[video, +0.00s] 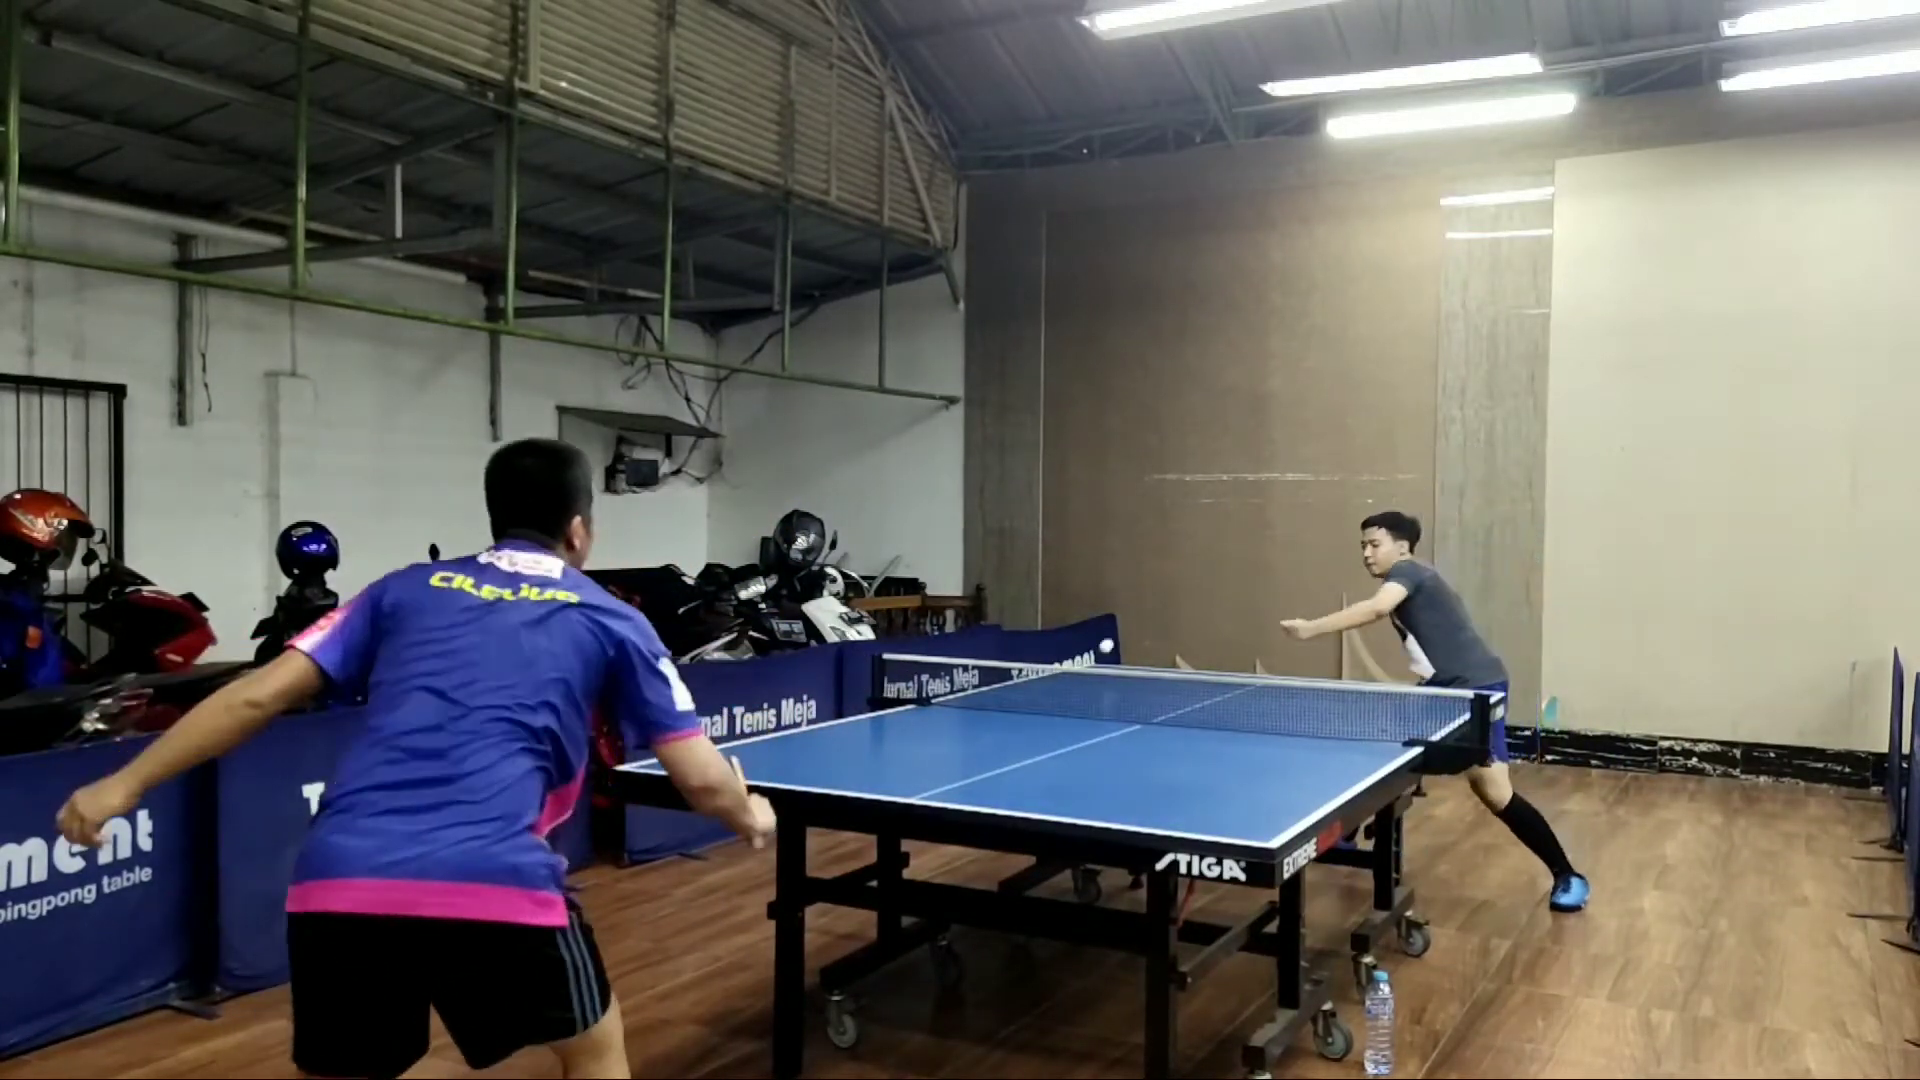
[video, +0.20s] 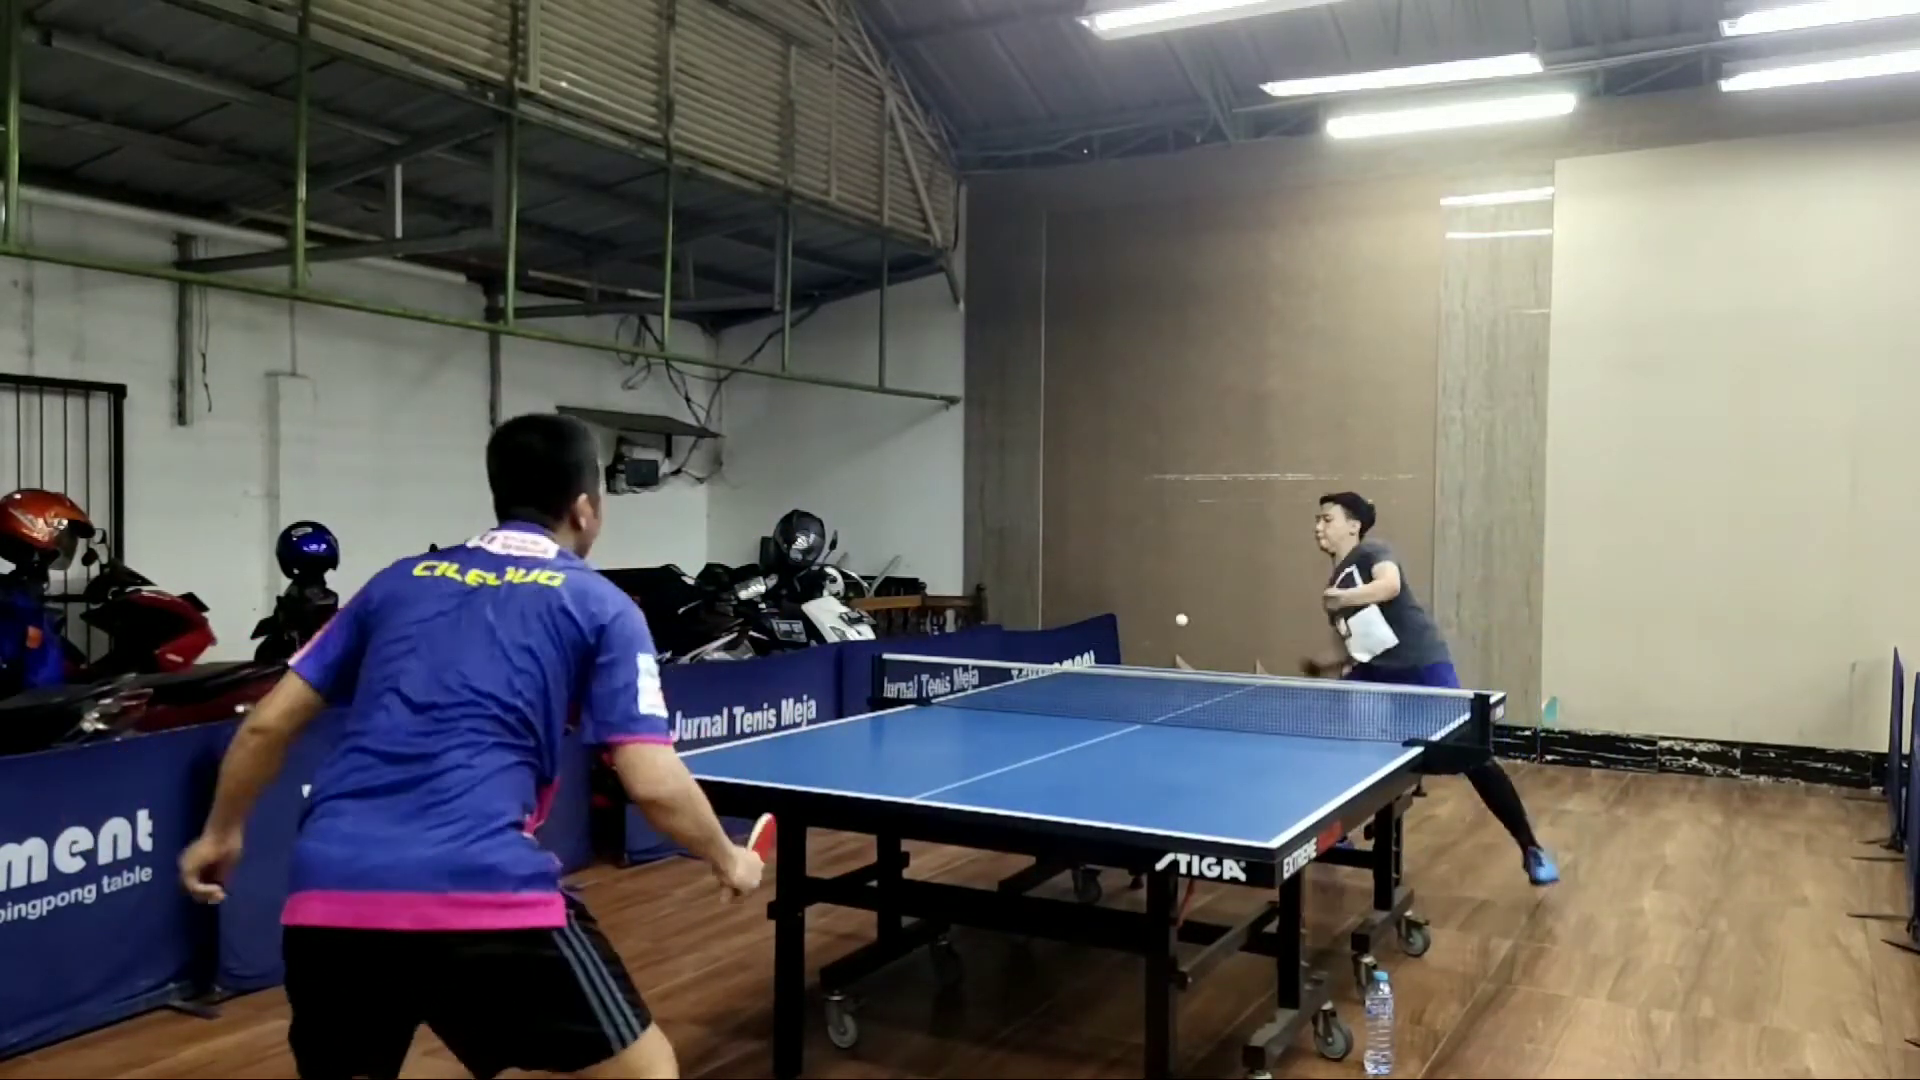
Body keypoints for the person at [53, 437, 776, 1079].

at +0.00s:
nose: (594, 535)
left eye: (585, 521)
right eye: (593, 523)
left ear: (490, 523)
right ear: (579, 531)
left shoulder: (403, 589)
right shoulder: (611, 622)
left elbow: (264, 692)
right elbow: (706, 782)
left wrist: (122, 785)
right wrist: (744, 808)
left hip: (338, 894)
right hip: (493, 899)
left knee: (346, 1068)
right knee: (592, 1050)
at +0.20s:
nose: (602, 509)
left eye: (602, 493)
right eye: (600, 494)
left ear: (496, 500)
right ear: (582, 506)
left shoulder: (397, 580)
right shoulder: (599, 605)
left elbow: (269, 722)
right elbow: (652, 779)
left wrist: (221, 830)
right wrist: (727, 856)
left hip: (328, 908)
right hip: (484, 905)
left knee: (338, 1069)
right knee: (642, 1063)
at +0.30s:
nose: (640, 510)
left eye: (642, 491)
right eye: (641, 492)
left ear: (538, 491)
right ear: (621, 504)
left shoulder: (436, 568)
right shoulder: (636, 598)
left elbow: (317, 730)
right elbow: (676, 790)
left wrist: (304, 846)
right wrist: (741, 877)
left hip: (350, 903)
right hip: (507, 907)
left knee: (361, 1070)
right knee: (648, 1072)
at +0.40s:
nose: (688, 539)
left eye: (686, 521)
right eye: (688, 522)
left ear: (585, 520)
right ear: (671, 531)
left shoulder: (474, 598)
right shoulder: (676, 631)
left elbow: (372, 768)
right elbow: (704, 832)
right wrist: (775, 893)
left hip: (378, 953)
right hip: (536, 960)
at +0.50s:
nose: (751, 567)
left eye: (751, 548)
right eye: (753, 548)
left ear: (644, 534)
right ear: (730, 555)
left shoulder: (535, 603)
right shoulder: (680, 655)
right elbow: (637, 857)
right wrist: (789, 923)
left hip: (379, 965)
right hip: (523, 976)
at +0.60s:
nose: (771, 588)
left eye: (777, 572)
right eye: (776, 570)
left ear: (673, 530)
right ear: (749, 572)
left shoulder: (581, 586)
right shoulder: (633, 634)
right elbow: (495, 802)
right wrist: (653, 908)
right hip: (490, 972)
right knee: (638, 1067)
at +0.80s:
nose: (667, 559)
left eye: (674, 539)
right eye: (666, 537)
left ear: (605, 520)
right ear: (610, 520)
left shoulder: (547, 583)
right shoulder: (443, 591)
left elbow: (485, 774)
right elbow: (367, 785)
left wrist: (534, 919)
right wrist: (504, 914)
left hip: (502, 948)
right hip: (417, 967)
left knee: (597, 1065)